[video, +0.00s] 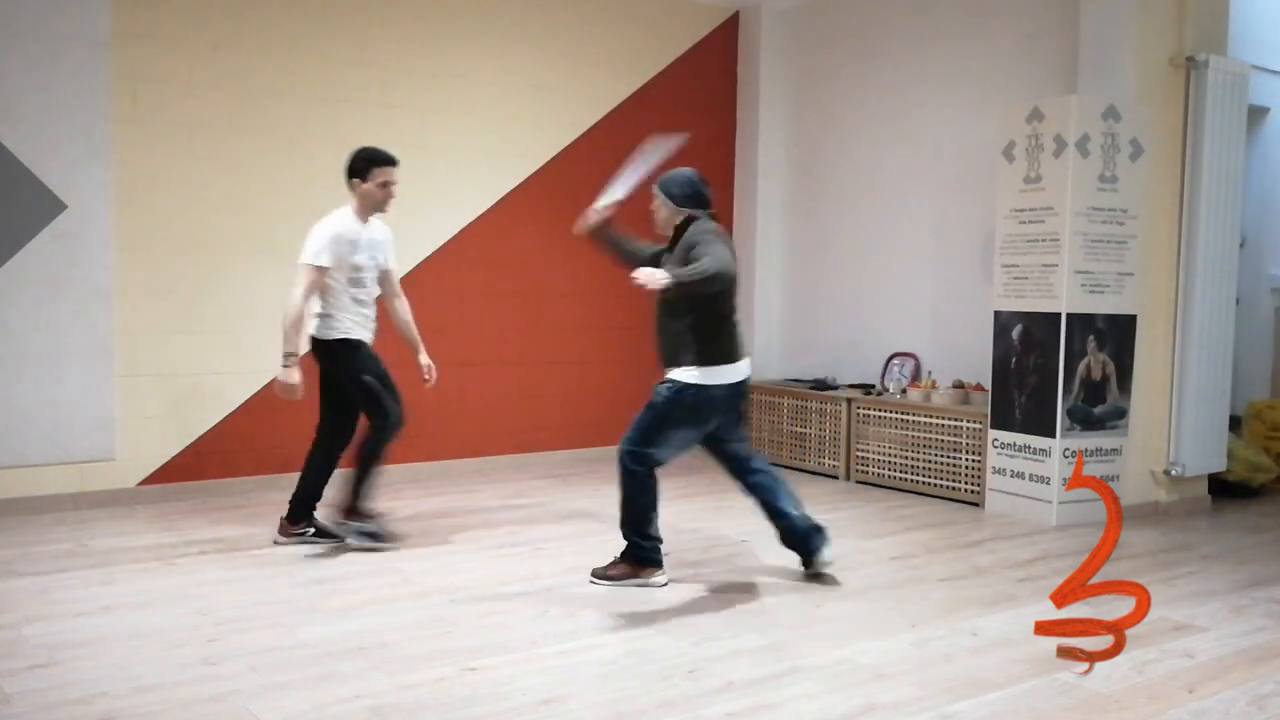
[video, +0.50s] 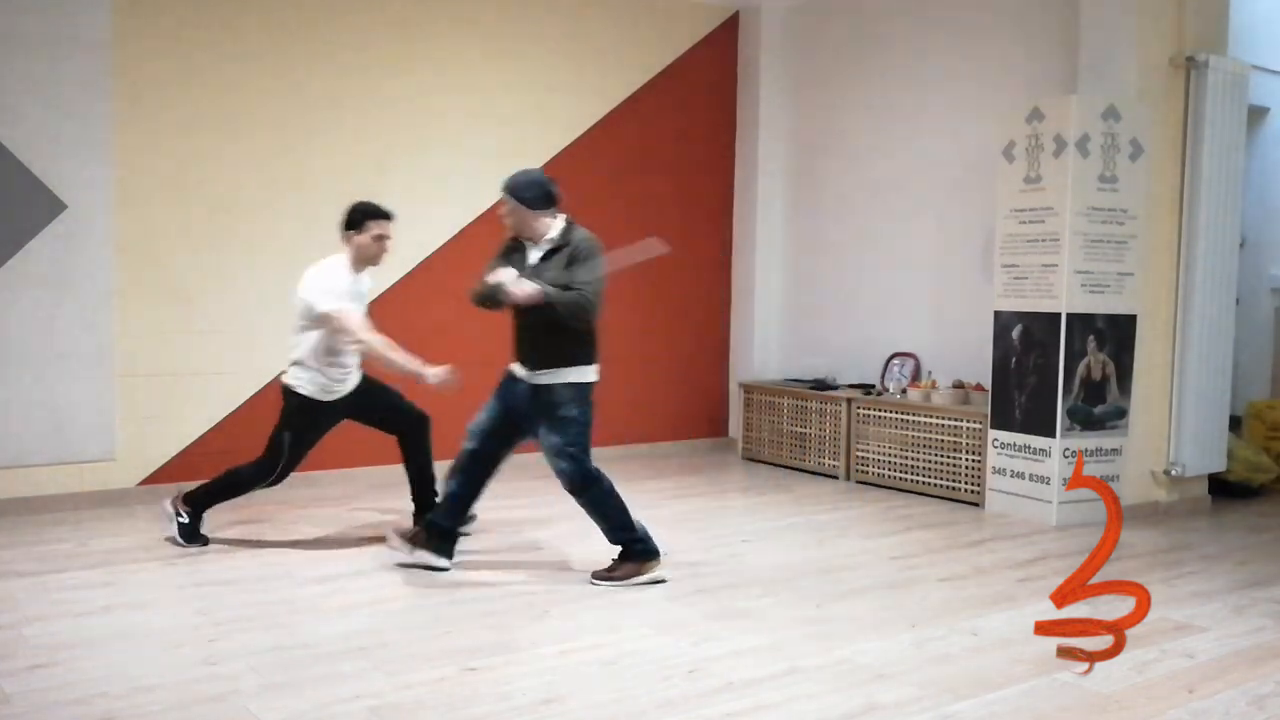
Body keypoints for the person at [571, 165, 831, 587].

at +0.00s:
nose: (652, 210)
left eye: (657, 202)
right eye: (653, 201)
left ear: (677, 206)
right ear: (685, 205)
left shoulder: (704, 235)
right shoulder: (687, 242)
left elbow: (719, 268)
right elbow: (643, 258)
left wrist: (670, 277)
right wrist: (600, 231)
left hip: (697, 382)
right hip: (724, 379)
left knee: (635, 455)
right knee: (746, 463)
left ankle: (641, 557)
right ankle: (810, 543)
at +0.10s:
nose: (627, 209)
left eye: (633, 201)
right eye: (628, 201)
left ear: (655, 205)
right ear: (657, 206)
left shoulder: (690, 242)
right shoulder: (649, 250)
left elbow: (690, 296)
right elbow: (605, 297)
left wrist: (625, 292)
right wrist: (538, 305)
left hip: (674, 381)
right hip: (668, 379)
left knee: (617, 458)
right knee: (673, 455)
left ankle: (641, 558)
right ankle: (747, 523)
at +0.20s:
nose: (600, 208)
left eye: (606, 200)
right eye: (601, 199)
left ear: (630, 204)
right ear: (626, 203)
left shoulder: (671, 245)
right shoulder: (615, 250)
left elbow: (659, 311)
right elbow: (591, 315)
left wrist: (594, 301)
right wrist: (547, 367)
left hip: (656, 377)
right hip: (626, 373)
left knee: (607, 458)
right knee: (608, 453)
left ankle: (641, 557)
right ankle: (661, 533)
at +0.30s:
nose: (569, 207)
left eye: (575, 200)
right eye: (570, 199)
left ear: (600, 203)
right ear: (597, 204)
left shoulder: (645, 244)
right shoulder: (581, 249)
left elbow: (636, 312)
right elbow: (568, 313)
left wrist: (570, 297)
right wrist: (562, 371)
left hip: (629, 376)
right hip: (589, 371)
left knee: (593, 467)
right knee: (551, 449)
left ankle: (640, 553)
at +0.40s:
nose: (536, 209)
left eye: (542, 201)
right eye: (537, 201)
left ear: (568, 205)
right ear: (562, 204)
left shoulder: (617, 243)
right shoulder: (548, 250)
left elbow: (615, 308)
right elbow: (528, 304)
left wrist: (546, 301)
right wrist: (549, 332)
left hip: (599, 376)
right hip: (557, 372)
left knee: (583, 467)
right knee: (515, 448)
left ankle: (639, 551)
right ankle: (485, 531)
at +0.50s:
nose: (502, 215)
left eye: (508, 208)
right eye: (503, 207)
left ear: (532, 209)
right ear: (528, 210)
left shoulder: (582, 246)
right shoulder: (516, 249)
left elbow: (585, 305)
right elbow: (480, 296)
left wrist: (538, 293)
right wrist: (504, 289)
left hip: (567, 382)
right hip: (523, 377)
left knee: (572, 469)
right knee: (478, 449)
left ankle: (639, 550)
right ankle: (437, 537)